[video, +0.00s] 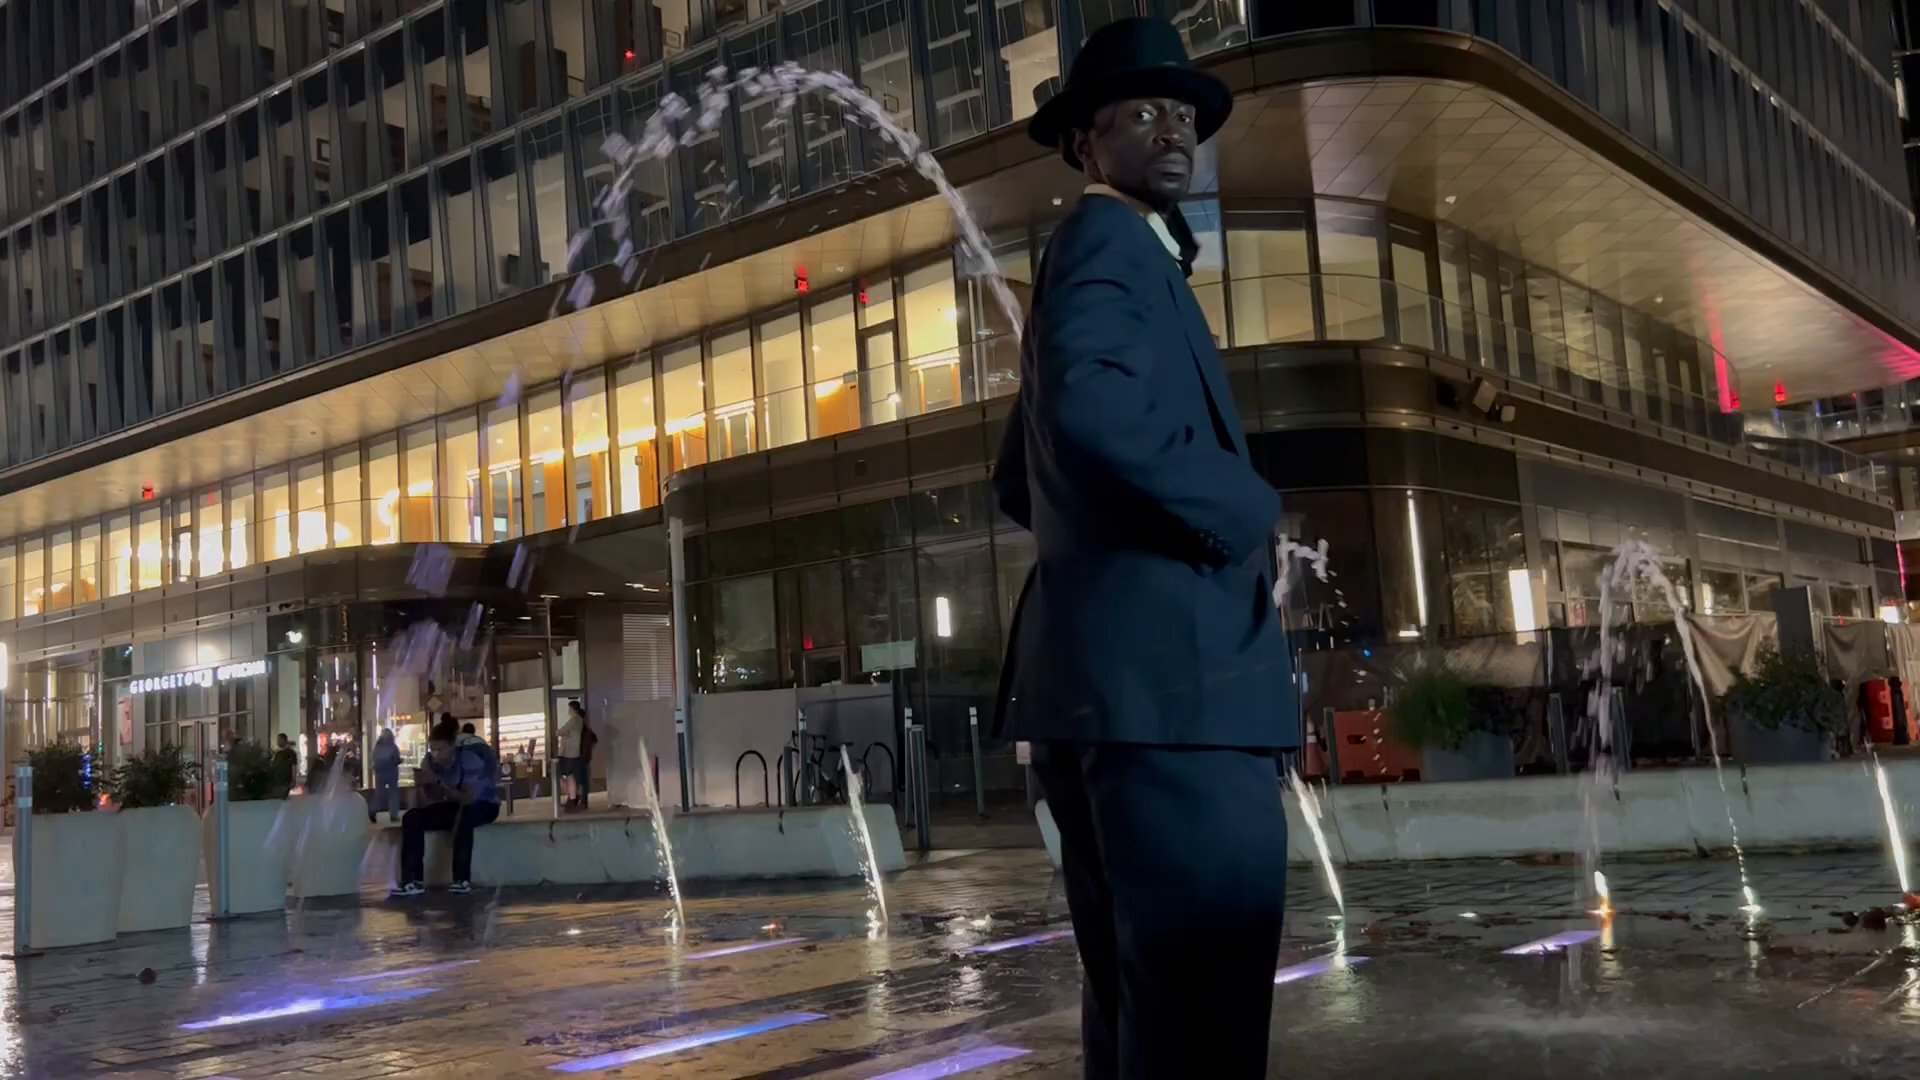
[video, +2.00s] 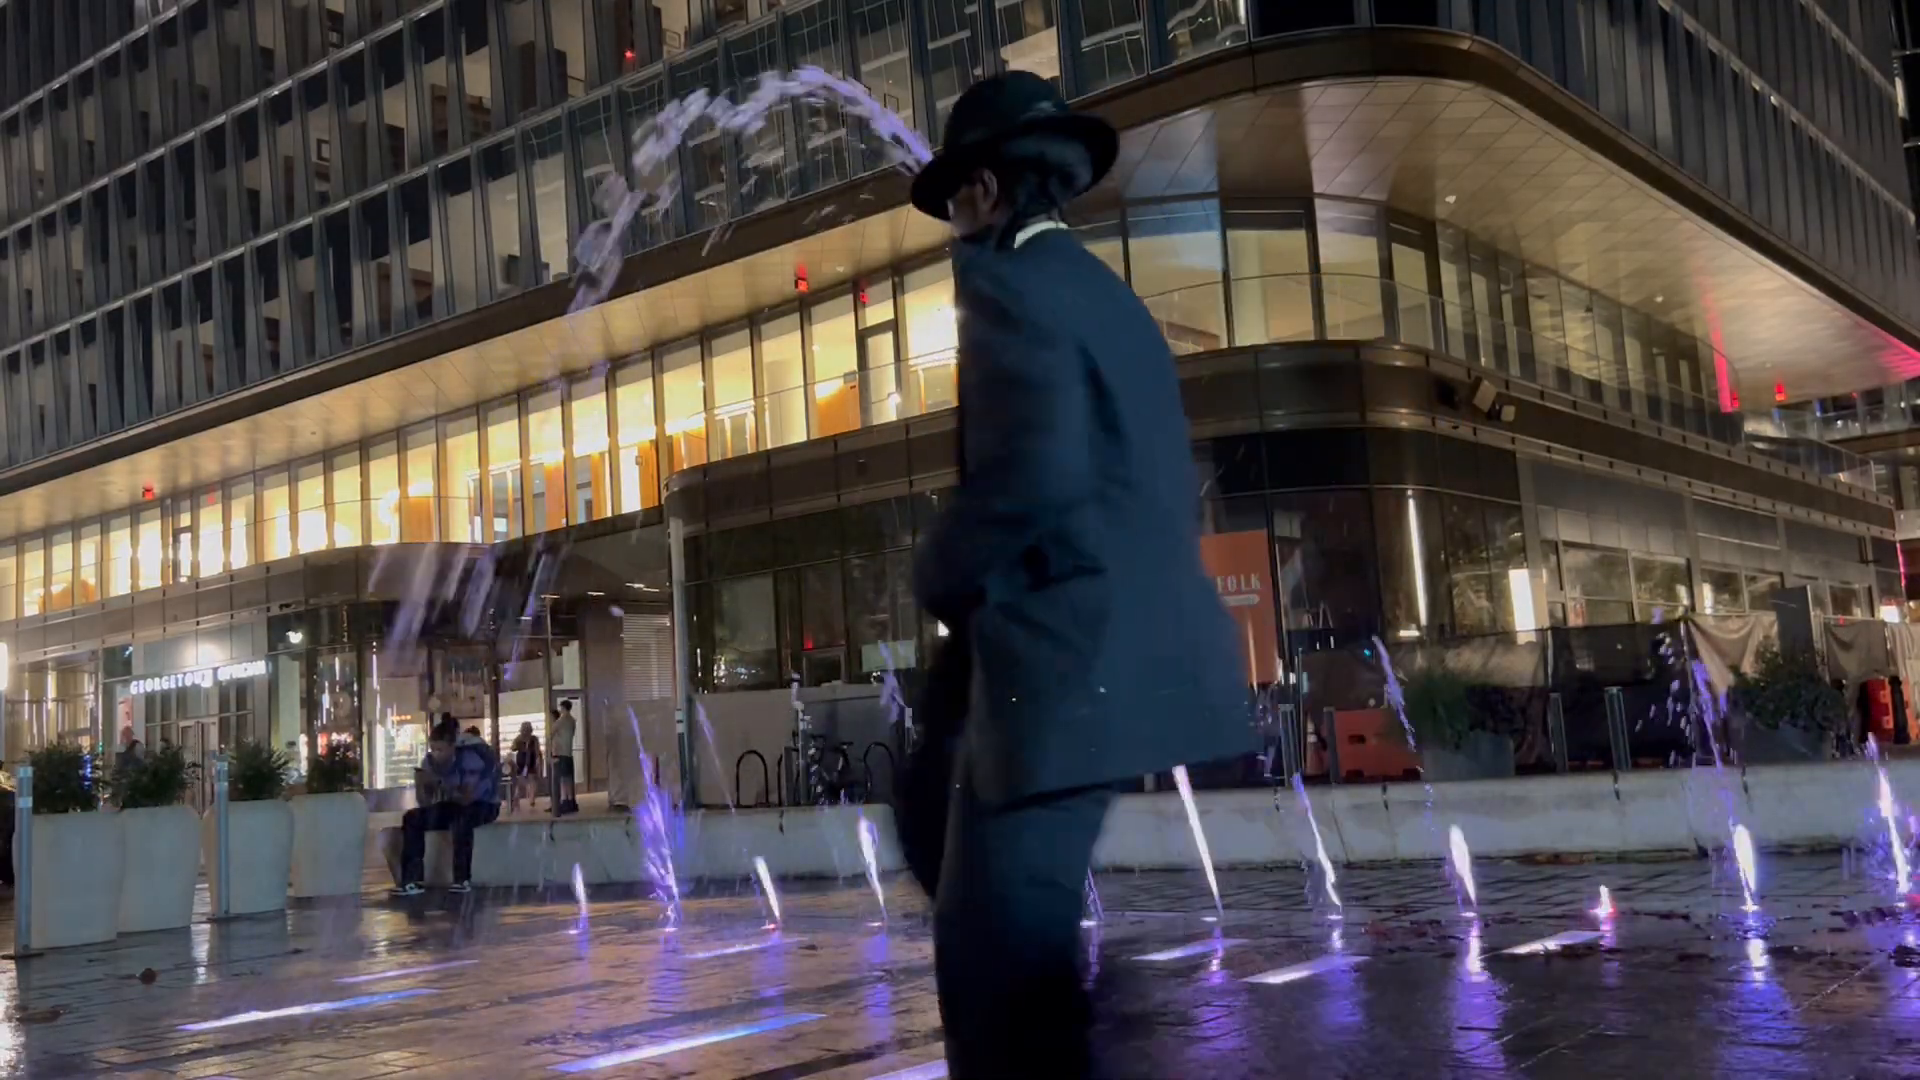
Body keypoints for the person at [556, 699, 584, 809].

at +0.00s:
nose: (568, 711)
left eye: (569, 709)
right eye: (569, 709)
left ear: (572, 709)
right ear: (577, 709)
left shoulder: (574, 720)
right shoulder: (578, 720)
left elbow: (562, 731)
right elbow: (568, 732)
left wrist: (559, 732)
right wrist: (563, 732)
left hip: (570, 754)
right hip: (573, 753)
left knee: (571, 777)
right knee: (564, 776)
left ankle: (572, 799)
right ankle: (570, 798)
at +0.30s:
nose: (569, 712)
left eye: (570, 710)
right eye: (569, 710)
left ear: (572, 710)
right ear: (578, 710)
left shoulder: (572, 722)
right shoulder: (581, 722)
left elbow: (561, 731)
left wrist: (556, 732)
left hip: (568, 755)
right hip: (579, 755)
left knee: (566, 777)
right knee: (581, 779)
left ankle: (570, 798)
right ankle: (582, 799)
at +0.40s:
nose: (569, 713)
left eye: (570, 710)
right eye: (569, 710)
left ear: (572, 711)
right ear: (578, 711)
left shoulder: (571, 722)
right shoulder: (582, 723)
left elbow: (561, 731)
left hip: (568, 754)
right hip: (578, 754)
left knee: (569, 777)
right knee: (577, 778)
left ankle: (571, 799)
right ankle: (578, 798)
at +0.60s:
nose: (569, 711)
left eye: (570, 709)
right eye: (569, 709)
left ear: (571, 709)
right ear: (577, 709)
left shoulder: (570, 720)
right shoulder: (581, 721)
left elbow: (563, 731)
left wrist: (558, 732)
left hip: (569, 754)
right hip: (577, 754)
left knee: (571, 778)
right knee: (578, 778)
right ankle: (581, 799)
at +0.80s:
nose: (568, 711)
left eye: (569, 709)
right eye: (569, 709)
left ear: (570, 709)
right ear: (577, 709)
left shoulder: (569, 722)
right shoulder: (580, 721)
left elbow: (559, 732)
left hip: (566, 754)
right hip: (576, 753)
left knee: (565, 777)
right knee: (575, 776)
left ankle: (572, 799)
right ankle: (579, 798)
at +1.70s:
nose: (563, 710)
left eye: (564, 708)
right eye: (564, 707)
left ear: (566, 708)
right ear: (573, 708)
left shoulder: (566, 719)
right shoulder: (575, 720)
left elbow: (557, 732)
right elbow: (573, 734)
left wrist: (551, 732)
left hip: (565, 752)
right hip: (573, 751)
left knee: (565, 777)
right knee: (570, 777)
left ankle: (570, 800)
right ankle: (572, 800)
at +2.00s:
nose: (560, 710)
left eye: (561, 708)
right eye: (561, 708)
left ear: (563, 708)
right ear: (569, 708)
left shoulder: (560, 720)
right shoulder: (572, 720)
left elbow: (552, 733)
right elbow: (571, 734)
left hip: (560, 753)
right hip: (568, 752)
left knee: (563, 779)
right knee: (570, 779)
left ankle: (564, 801)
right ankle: (572, 800)